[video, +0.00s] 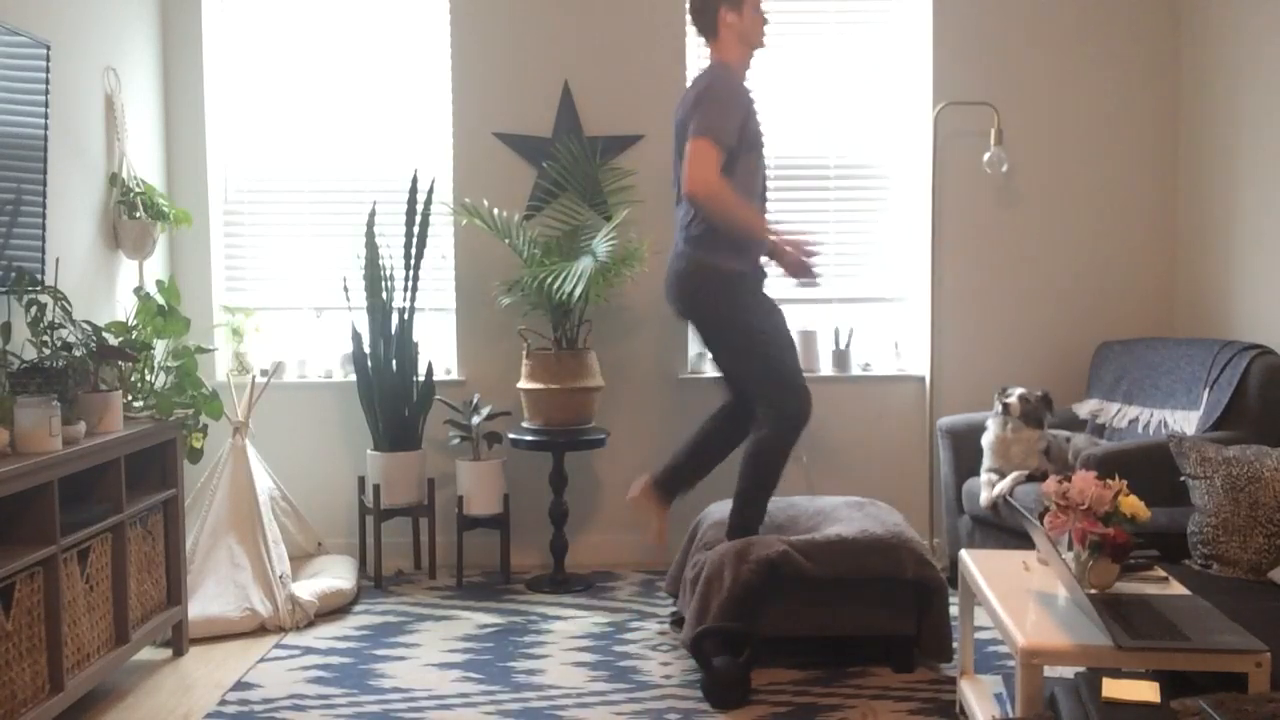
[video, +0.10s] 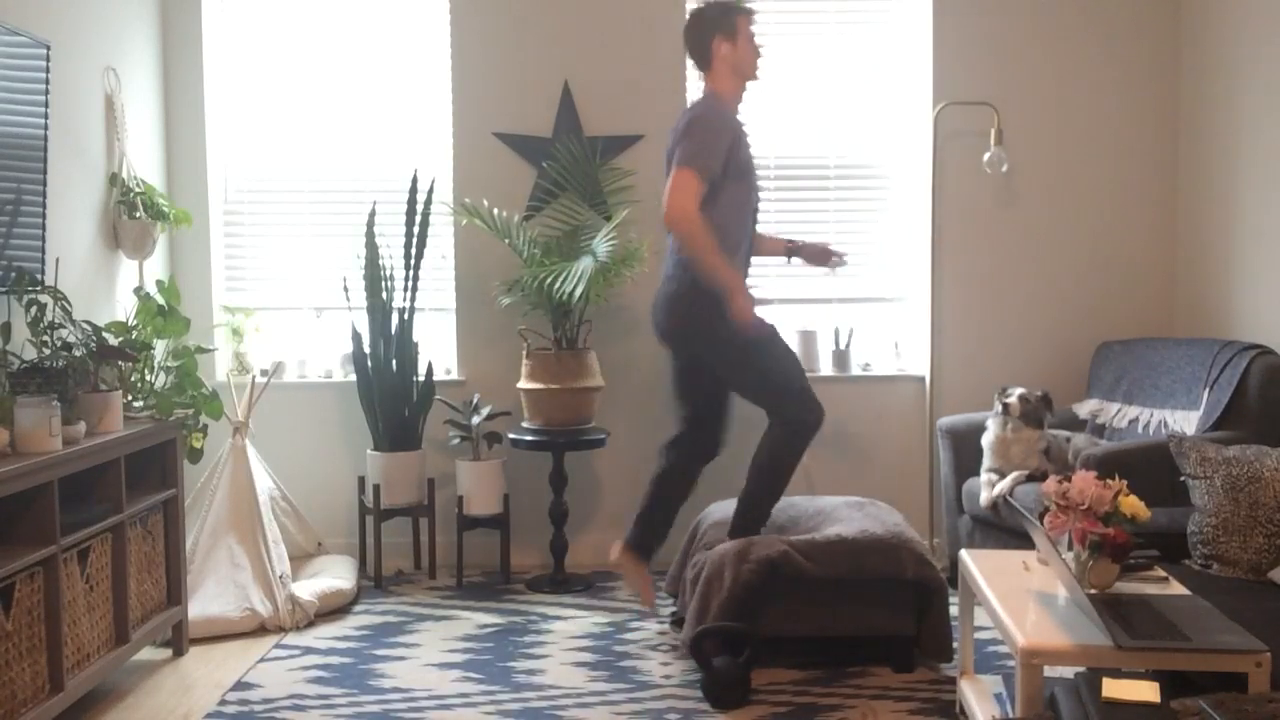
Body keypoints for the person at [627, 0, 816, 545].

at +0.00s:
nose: (765, 22)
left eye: (762, 12)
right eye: (755, 11)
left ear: (725, 24)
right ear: (727, 20)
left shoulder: (714, 88)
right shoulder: (722, 89)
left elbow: (709, 191)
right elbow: (700, 183)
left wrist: (772, 244)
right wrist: (773, 243)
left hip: (709, 273)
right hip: (720, 276)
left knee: (752, 401)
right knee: (787, 406)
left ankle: (659, 490)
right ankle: (740, 545)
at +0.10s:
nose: (758, 49)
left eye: (754, 38)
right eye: (750, 38)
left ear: (719, 51)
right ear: (722, 49)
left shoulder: (721, 123)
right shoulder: (710, 119)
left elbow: (729, 231)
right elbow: (679, 210)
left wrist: (796, 249)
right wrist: (732, 286)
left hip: (695, 302)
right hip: (703, 302)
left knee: (702, 433)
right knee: (799, 412)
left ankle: (635, 550)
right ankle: (741, 545)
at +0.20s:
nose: (747, 86)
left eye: (743, 75)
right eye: (738, 76)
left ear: (708, 87)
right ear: (709, 85)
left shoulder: (710, 158)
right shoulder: (696, 155)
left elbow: (722, 262)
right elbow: (656, 245)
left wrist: (792, 239)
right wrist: (684, 336)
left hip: (685, 331)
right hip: (696, 332)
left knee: (665, 467)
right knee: (805, 416)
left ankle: (617, 590)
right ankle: (742, 547)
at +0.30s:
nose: (730, 112)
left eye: (727, 102)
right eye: (721, 102)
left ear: (692, 111)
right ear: (692, 110)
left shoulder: (691, 184)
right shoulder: (674, 180)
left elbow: (717, 281)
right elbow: (629, 267)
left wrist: (764, 223)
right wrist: (636, 362)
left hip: (675, 357)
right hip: (679, 357)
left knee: (650, 490)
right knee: (805, 409)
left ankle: (598, 615)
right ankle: (745, 531)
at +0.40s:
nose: (712, 113)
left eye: (710, 102)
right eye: (704, 103)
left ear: (678, 111)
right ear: (674, 110)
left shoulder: (677, 184)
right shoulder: (656, 178)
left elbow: (711, 276)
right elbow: (608, 262)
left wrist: (732, 211)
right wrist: (601, 360)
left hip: (659, 358)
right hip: (660, 357)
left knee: (644, 489)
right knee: (796, 385)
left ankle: (596, 618)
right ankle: (746, 514)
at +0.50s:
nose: (698, 108)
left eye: (696, 97)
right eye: (689, 98)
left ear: (667, 107)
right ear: (659, 106)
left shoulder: (669, 176)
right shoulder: (643, 170)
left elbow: (705, 267)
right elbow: (589, 256)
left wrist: (709, 194)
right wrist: (586, 352)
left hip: (646, 350)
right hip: (650, 349)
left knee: (627, 489)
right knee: (786, 368)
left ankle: (594, 620)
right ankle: (702, 472)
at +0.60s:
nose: (688, 104)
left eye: (686, 95)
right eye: (679, 95)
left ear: (657, 106)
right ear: (648, 105)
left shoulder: (661, 175)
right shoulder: (634, 169)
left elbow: (699, 262)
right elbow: (582, 256)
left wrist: (698, 190)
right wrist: (579, 350)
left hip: (641, 347)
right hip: (640, 346)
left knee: (623, 486)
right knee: (762, 403)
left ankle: (594, 620)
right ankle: (653, 468)